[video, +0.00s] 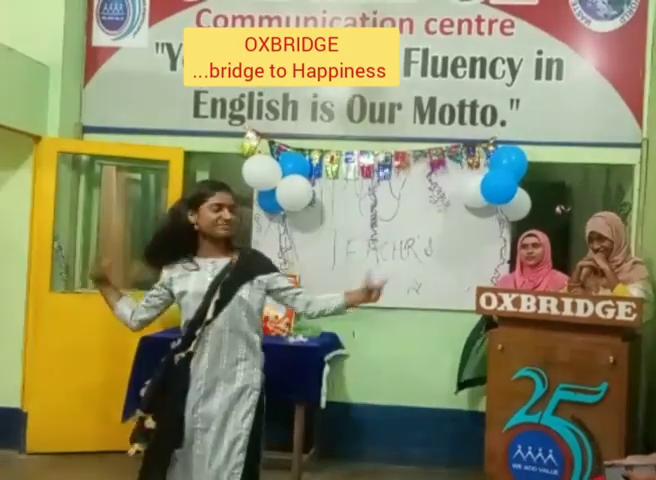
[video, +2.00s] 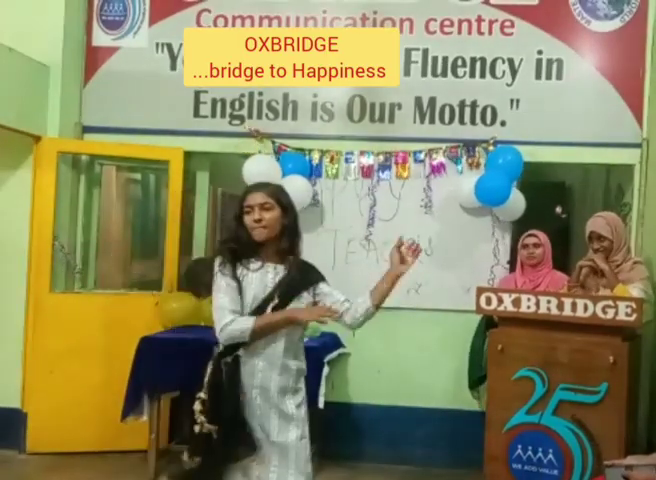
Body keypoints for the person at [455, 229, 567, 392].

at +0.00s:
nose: (529, 251)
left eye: (535, 246)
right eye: (524, 247)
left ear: (546, 250)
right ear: (518, 252)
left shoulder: (561, 282)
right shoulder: (506, 282)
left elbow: (566, 318)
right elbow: (494, 316)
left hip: (548, 346)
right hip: (511, 345)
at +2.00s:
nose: (530, 251)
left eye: (536, 246)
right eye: (525, 247)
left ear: (546, 250)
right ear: (519, 252)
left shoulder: (561, 281)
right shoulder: (506, 282)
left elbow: (565, 319)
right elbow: (493, 320)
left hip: (548, 349)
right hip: (512, 349)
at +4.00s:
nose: (531, 251)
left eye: (537, 246)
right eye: (526, 247)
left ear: (546, 251)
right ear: (520, 252)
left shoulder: (561, 281)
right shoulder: (507, 282)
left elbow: (566, 319)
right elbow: (496, 320)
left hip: (550, 352)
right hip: (513, 350)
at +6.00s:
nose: (537, 247)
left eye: (542, 243)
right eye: (531, 243)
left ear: (552, 247)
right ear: (525, 248)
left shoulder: (567, 277)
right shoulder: (513, 277)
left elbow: (570, 313)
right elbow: (503, 312)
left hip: (554, 344)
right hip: (518, 344)